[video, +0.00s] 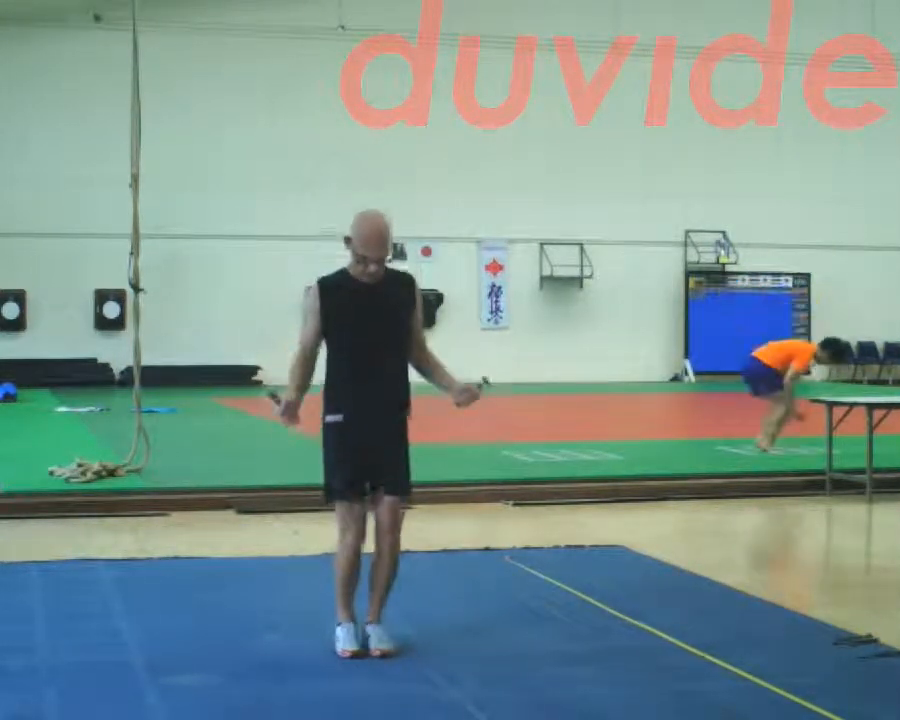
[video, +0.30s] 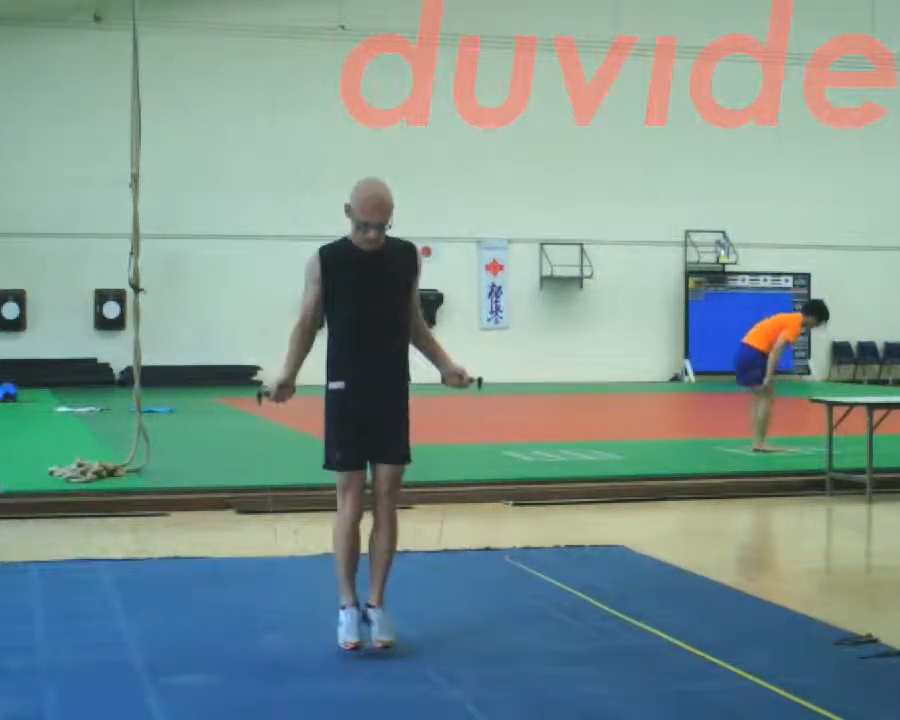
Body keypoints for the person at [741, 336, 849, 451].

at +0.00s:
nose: (827, 364)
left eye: (831, 362)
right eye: (830, 360)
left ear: (823, 346)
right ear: (827, 353)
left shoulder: (805, 348)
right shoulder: (806, 353)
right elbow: (788, 380)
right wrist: (792, 409)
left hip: (755, 362)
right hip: (763, 367)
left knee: (781, 404)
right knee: (783, 405)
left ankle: (764, 438)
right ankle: (766, 441)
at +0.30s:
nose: (814, 326)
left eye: (817, 324)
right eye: (816, 322)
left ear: (807, 312)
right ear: (811, 315)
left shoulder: (790, 318)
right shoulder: (795, 323)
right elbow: (776, 349)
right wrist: (768, 376)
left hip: (747, 348)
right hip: (755, 352)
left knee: (760, 397)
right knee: (766, 396)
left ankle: (757, 440)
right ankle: (759, 442)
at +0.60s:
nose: (791, 300)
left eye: (791, 296)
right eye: (790, 296)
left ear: (774, 292)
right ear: (783, 295)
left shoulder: (761, 307)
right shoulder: (772, 312)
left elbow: (743, 332)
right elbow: (766, 341)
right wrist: (769, 369)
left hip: (736, 354)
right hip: (742, 356)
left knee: (754, 399)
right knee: (750, 399)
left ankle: (755, 442)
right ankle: (720, 438)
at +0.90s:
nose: (760, 283)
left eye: (760, 280)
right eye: (759, 280)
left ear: (740, 278)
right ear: (755, 280)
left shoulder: (727, 298)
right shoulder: (749, 301)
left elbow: (712, 326)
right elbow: (750, 333)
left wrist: (712, 343)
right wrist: (761, 360)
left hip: (714, 348)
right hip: (727, 351)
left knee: (727, 394)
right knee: (728, 396)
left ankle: (720, 437)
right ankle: (719, 442)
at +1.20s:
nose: (736, 279)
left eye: (734, 276)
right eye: (736, 276)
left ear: (716, 276)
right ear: (733, 277)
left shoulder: (706, 297)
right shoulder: (732, 301)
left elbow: (697, 324)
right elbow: (732, 333)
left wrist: (695, 344)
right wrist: (733, 362)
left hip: (695, 348)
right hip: (714, 352)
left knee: (691, 392)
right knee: (716, 400)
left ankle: (666, 433)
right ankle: (717, 444)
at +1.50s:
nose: (730, 278)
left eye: (729, 275)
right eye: (729, 275)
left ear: (708, 275)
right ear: (725, 277)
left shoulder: (700, 297)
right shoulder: (723, 300)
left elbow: (692, 325)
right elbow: (720, 330)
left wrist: (691, 346)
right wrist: (723, 360)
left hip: (689, 349)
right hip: (708, 352)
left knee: (681, 395)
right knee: (715, 400)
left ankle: (663, 436)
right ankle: (713, 444)